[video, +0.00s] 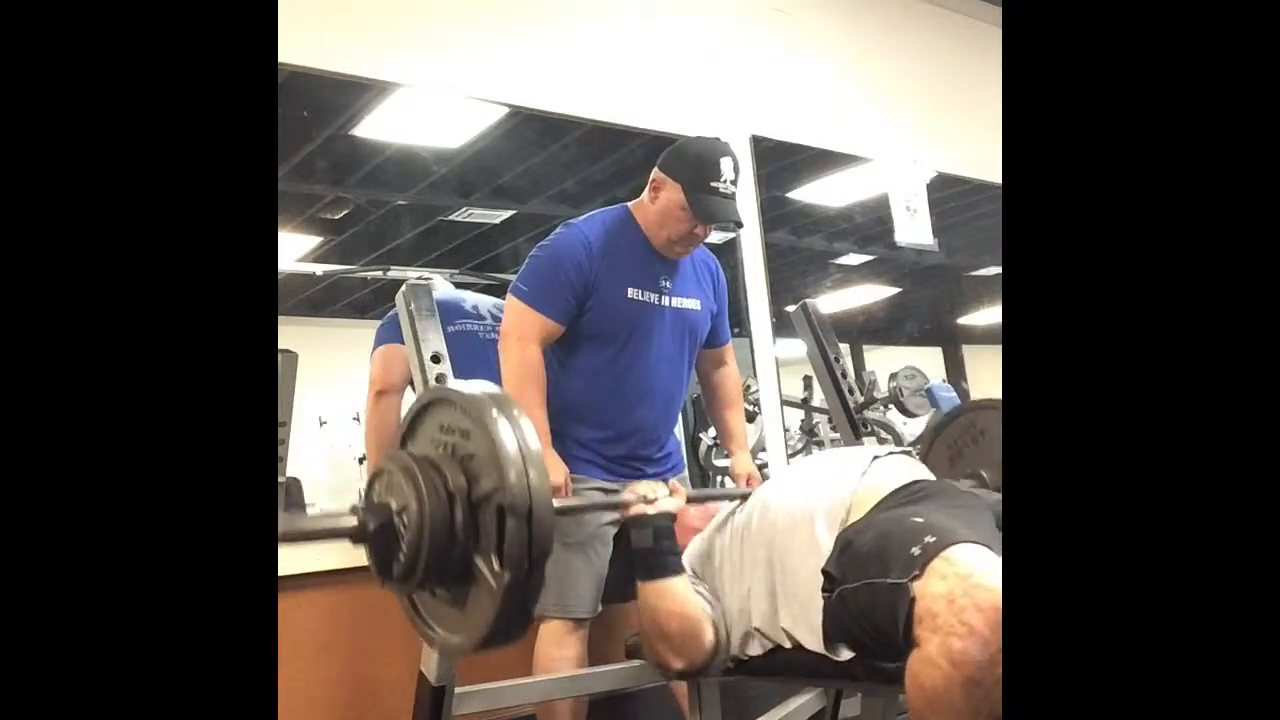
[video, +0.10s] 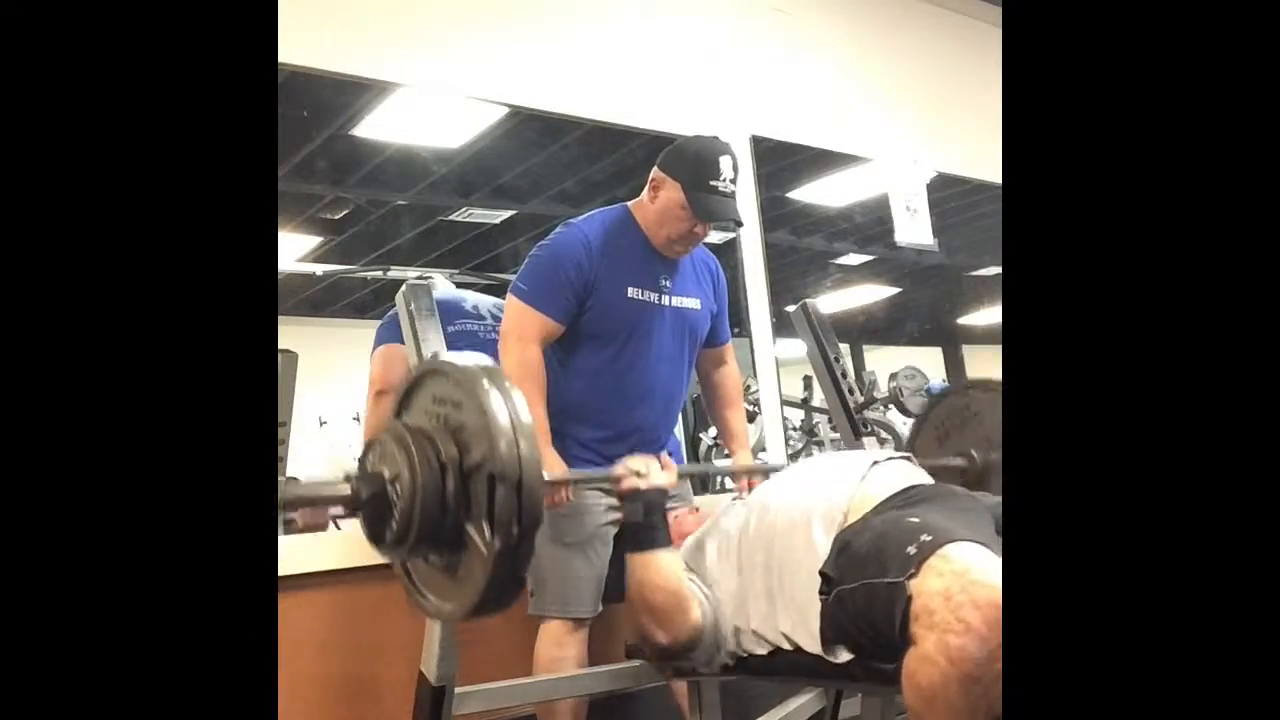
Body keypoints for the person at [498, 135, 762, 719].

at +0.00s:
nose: (704, 232)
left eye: (713, 222)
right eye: (696, 215)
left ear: (721, 217)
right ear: (657, 188)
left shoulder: (707, 271)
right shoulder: (579, 247)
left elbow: (718, 366)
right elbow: (520, 340)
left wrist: (739, 451)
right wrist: (540, 448)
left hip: (662, 469)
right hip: (578, 466)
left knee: (674, 617)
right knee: (569, 620)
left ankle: (690, 711)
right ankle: (561, 715)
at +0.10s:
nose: (703, 232)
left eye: (712, 222)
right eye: (695, 215)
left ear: (720, 217)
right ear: (657, 188)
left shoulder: (707, 271)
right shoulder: (579, 247)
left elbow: (718, 365)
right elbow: (520, 340)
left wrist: (740, 449)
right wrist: (541, 449)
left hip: (659, 467)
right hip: (576, 468)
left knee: (677, 616)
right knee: (569, 621)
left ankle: (691, 712)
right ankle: (560, 718)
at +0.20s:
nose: (702, 230)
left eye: (712, 220)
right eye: (694, 213)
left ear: (720, 215)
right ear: (655, 186)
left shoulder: (706, 270)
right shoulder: (579, 247)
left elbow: (718, 364)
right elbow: (519, 338)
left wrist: (740, 447)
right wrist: (541, 448)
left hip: (663, 475)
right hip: (579, 474)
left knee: (678, 621)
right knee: (568, 623)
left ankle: (689, 716)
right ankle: (563, 718)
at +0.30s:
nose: (703, 231)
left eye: (712, 221)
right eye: (694, 214)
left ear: (721, 216)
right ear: (655, 187)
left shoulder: (706, 270)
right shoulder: (579, 246)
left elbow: (719, 364)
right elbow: (520, 337)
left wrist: (741, 448)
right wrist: (537, 444)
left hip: (662, 469)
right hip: (579, 468)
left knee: (677, 612)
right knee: (569, 621)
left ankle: (689, 713)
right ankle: (564, 718)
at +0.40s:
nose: (702, 229)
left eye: (711, 219)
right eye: (694, 212)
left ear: (720, 216)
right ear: (654, 186)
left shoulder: (706, 270)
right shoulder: (579, 247)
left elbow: (719, 364)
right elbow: (519, 339)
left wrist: (741, 449)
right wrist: (535, 446)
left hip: (662, 470)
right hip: (579, 468)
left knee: (662, 614)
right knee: (568, 622)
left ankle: (656, 716)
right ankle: (563, 717)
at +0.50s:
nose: (702, 230)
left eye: (712, 220)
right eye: (694, 213)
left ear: (721, 216)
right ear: (655, 187)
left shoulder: (705, 271)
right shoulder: (578, 248)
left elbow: (720, 366)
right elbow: (519, 340)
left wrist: (740, 449)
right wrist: (535, 445)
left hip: (662, 470)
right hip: (580, 469)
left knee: (669, 612)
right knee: (568, 621)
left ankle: (657, 715)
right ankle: (562, 717)